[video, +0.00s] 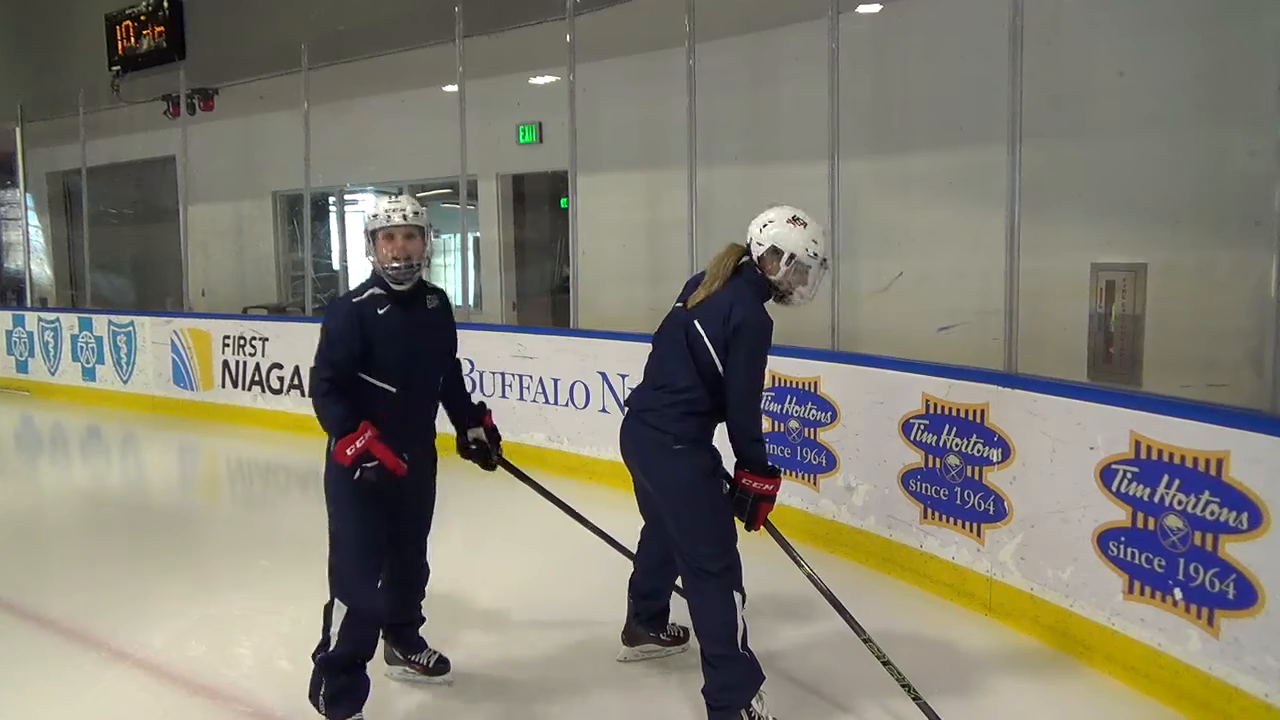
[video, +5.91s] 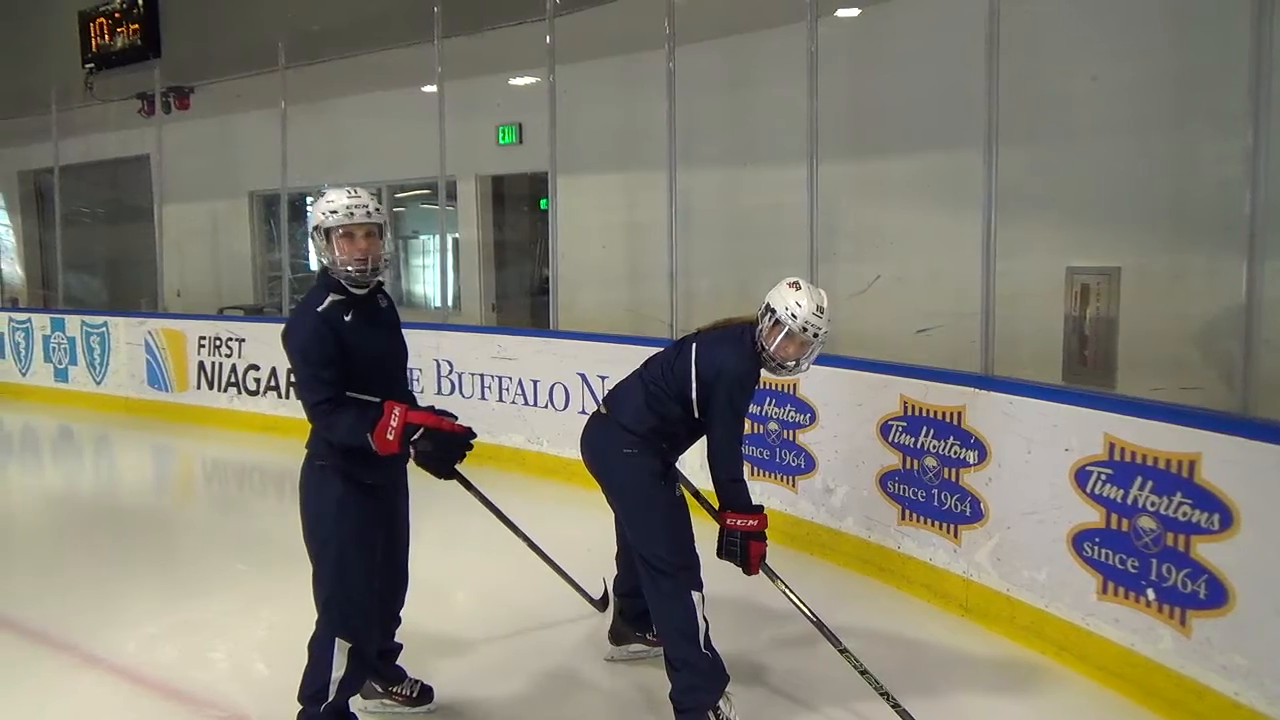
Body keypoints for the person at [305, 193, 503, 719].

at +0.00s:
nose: (401, 249)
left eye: (411, 238)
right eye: (390, 240)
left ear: (426, 244)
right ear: (374, 247)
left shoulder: (436, 307)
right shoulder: (350, 312)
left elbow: (447, 373)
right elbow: (327, 387)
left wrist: (472, 422)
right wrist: (356, 441)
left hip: (417, 458)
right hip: (360, 460)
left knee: (409, 558)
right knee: (359, 583)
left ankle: (402, 641)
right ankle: (339, 701)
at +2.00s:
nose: (339, 251)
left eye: (347, 237)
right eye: (325, 242)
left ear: (364, 240)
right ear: (309, 252)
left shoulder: (370, 299)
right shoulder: (304, 316)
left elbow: (380, 383)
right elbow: (321, 406)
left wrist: (420, 412)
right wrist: (393, 419)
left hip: (373, 465)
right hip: (328, 472)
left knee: (372, 575)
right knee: (331, 588)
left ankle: (363, 672)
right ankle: (319, 702)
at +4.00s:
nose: (390, 240)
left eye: (388, 229)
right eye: (379, 230)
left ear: (345, 236)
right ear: (352, 235)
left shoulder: (351, 292)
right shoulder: (345, 299)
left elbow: (355, 390)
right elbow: (345, 395)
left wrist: (390, 455)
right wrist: (407, 432)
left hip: (356, 470)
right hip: (333, 475)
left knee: (372, 576)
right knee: (335, 593)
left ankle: (369, 673)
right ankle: (300, 706)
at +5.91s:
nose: (360, 249)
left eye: (368, 237)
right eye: (346, 239)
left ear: (382, 242)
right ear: (324, 247)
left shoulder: (381, 306)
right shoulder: (313, 319)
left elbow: (395, 392)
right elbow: (325, 412)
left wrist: (425, 434)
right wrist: (399, 429)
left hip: (385, 469)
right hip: (337, 475)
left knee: (387, 578)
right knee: (345, 596)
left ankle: (376, 669)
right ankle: (322, 707)